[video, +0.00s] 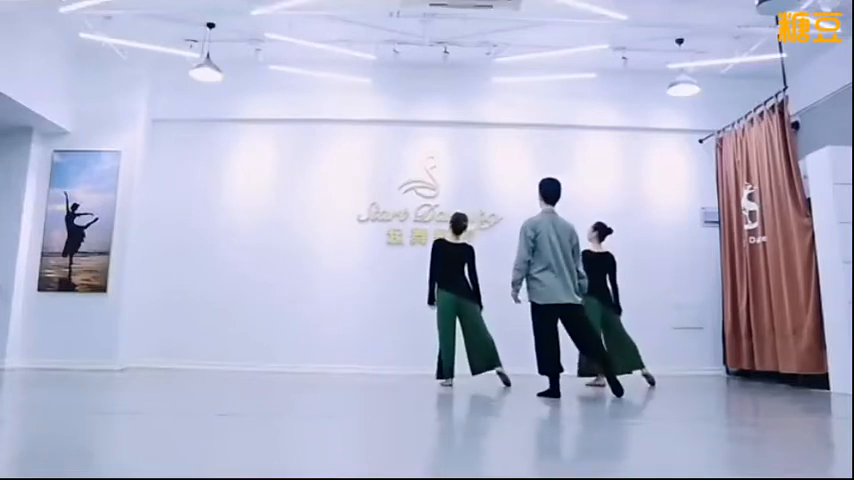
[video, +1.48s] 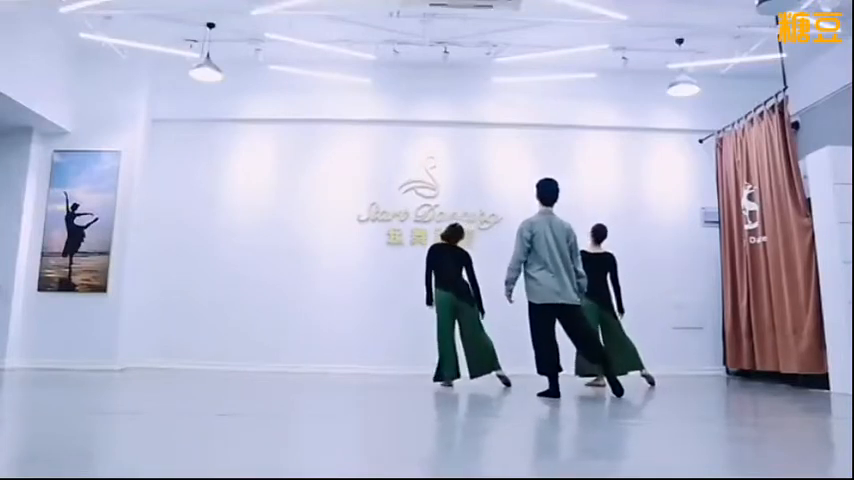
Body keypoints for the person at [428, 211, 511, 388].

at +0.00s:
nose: (461, 229)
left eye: (456, 224)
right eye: (463, 226)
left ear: (449, 225)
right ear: (465, 228)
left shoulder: (438, 244)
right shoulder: (468, 249)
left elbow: (433, 271)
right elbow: (473, 276)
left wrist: (431, 294)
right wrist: (478, 299)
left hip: (444, 293)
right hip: (465, 294)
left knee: (446, 334)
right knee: (481, 331)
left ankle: (447, 376)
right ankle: (498, 367)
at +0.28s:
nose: (458, 229)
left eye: (455, 225)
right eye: (461, 227)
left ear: (449, 226)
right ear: (465, 228)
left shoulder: (438, 244)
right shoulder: (467, 249)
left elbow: (432, 272)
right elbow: (473, 276)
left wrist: (431, 294)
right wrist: (478, 299)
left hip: (445, 294)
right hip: (465, 294)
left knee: (447, 334)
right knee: (480, 331)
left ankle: (447, 376)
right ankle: (497, 366)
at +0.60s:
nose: (457, 230)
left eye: (454, 226)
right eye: (460, 228)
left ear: (448, 226)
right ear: (464, 229)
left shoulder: (437, 245)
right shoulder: (467, 249)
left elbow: (432, 272)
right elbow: (473, 276)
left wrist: (431, 295)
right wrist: (478, 299)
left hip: (445, 294)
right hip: (465, 294)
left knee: (447, 334)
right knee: (480, 331)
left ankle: (447, 376)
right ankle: (497, 367)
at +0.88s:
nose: (457, 231)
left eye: (454, 227)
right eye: (460, 229)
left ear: (447, 226)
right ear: (463, 230)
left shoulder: (436, 244)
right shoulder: (467, 249)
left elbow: (431, 272)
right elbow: (472, 276)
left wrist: (430, 295)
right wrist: (478, 299)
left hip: (445, 293)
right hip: (465, 294)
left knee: (446, 334)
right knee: (480, 331)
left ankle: (447, 376)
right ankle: (497, 367)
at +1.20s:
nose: (460, 234)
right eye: (461, 231)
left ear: (447, 227)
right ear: (462, 231)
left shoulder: (436, 243)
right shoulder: (465, 249)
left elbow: (430, 271)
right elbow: (472, 276)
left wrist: (430, 294)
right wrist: (479, 299)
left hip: (444, 292)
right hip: (465, 293)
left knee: (446, 333)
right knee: (480, 331)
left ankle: (448, 376)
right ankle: (498, 367)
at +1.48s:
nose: (460, 240)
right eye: (460, 237)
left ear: (445, 234)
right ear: (460, 237)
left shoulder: (434, 249)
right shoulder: (463, 254)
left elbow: (428, 274)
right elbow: (472, 280)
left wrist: (428, 295)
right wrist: (479, 303)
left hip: (443, 293)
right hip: (463, 294)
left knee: (445, 335)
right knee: (477, 332)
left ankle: (448, 377)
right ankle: (496, 368)